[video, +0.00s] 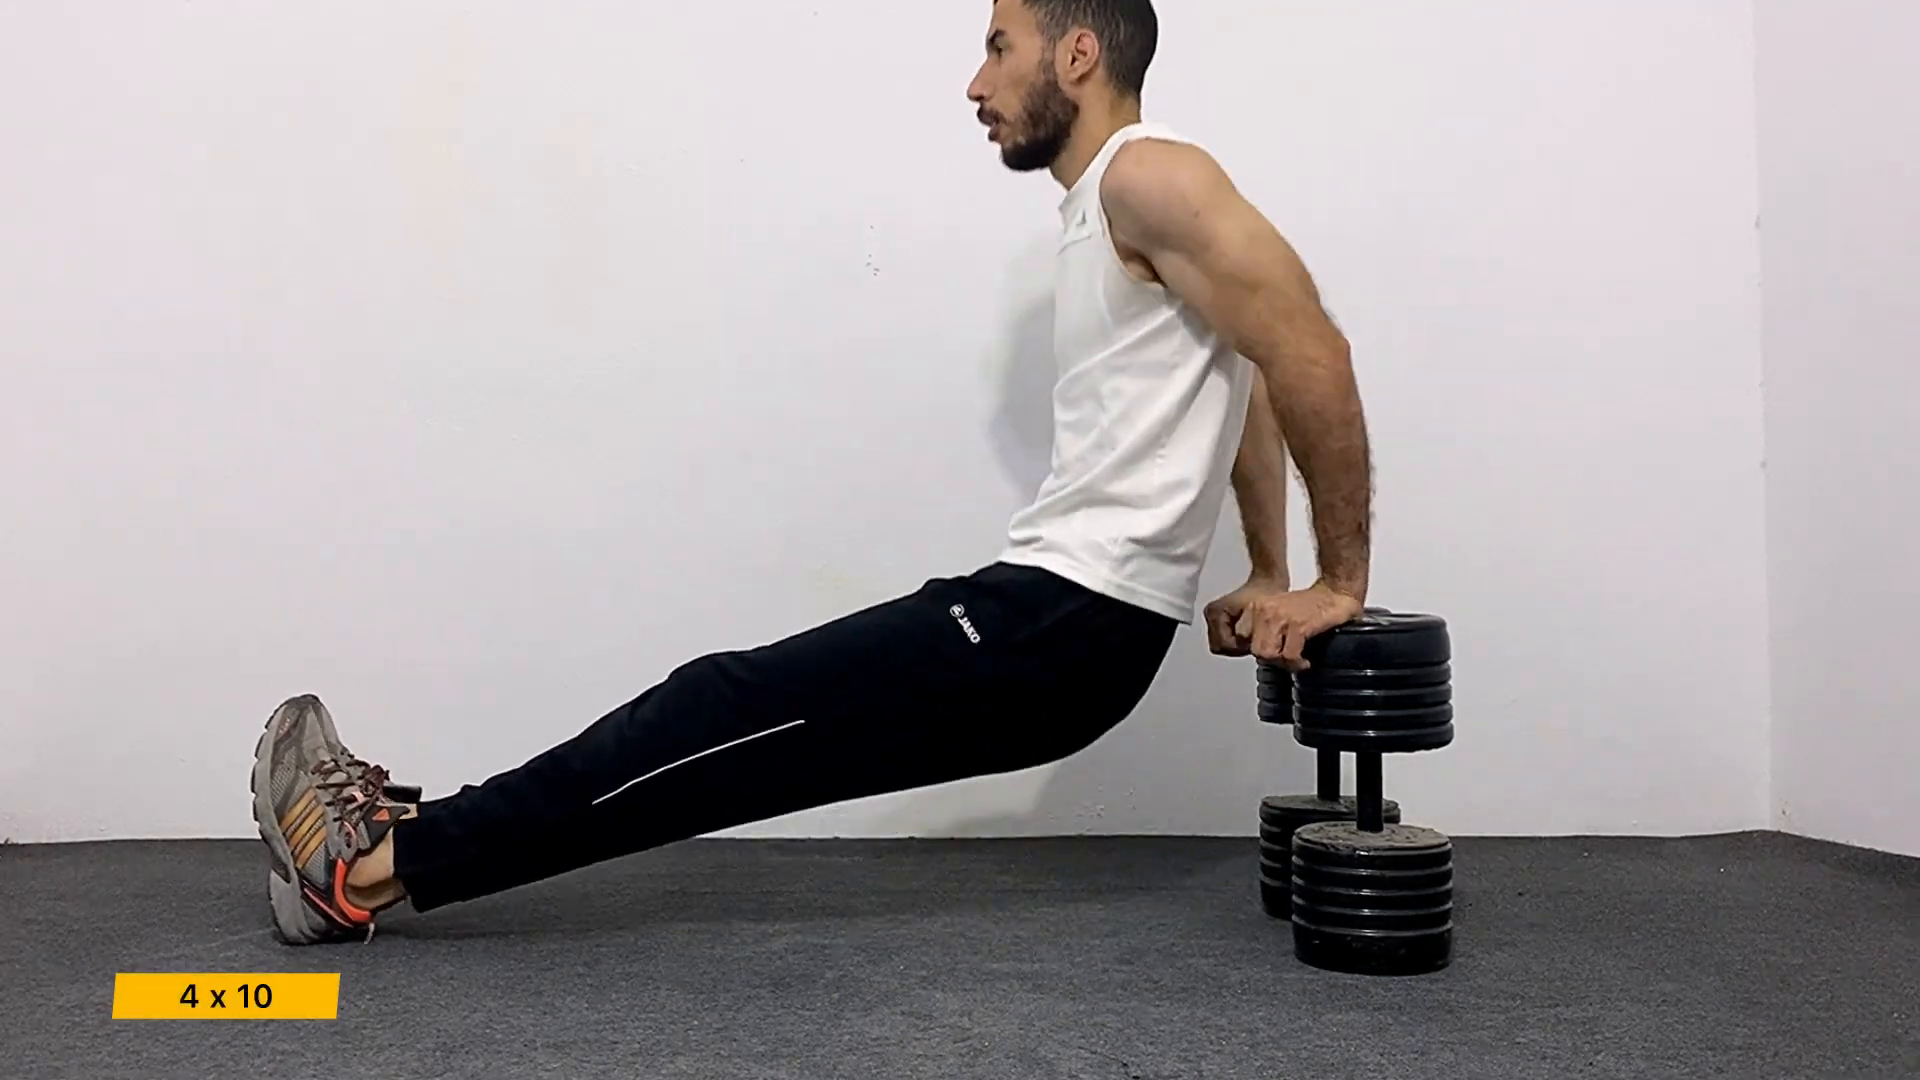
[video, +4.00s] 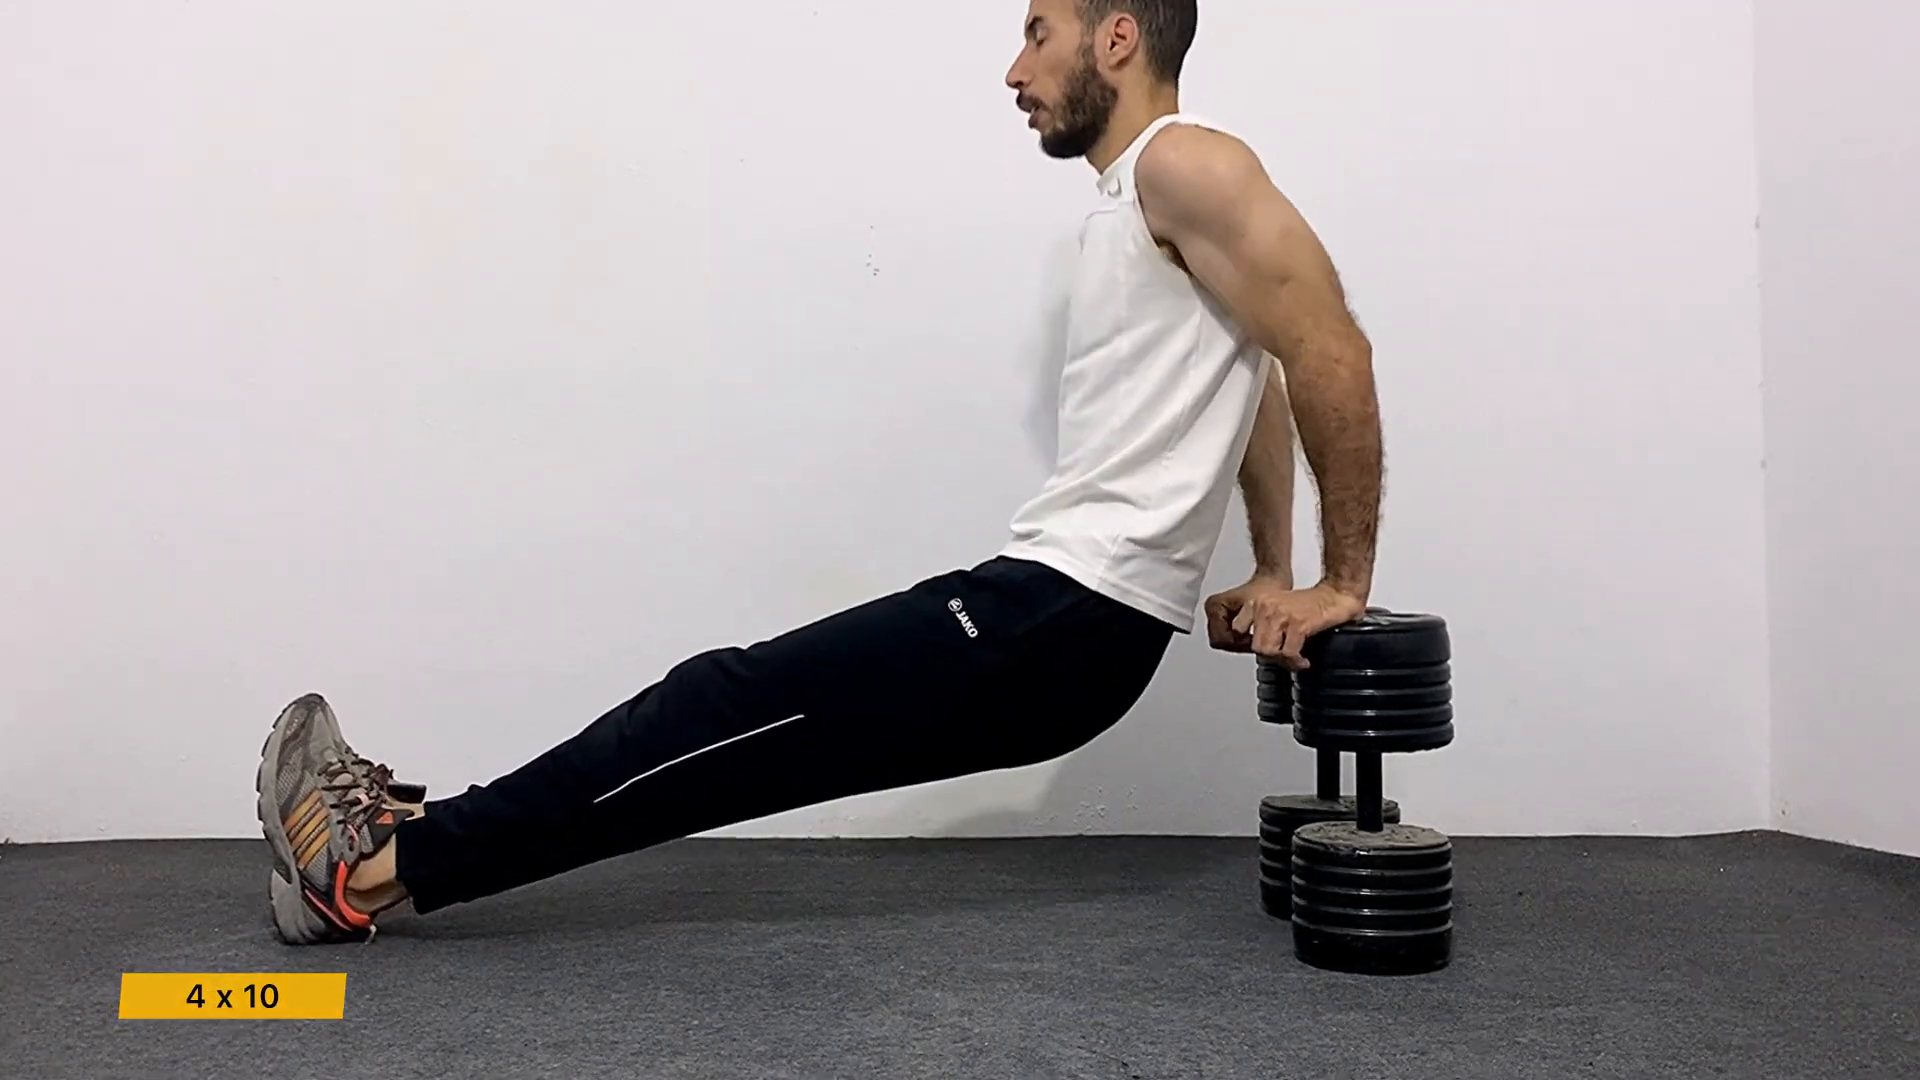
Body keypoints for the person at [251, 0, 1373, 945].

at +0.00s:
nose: (976, 81)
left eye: (998, 50)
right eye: (983, 53)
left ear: (1080, 54)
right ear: (1076, 54)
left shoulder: (1153, 177)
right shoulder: (1133, 200)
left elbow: (1312, 352)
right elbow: (1251, 387)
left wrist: (1348, 580)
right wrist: (1262, 577)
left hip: (1070, 623)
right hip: (1055, 607)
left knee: (726, 723)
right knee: (722, 703)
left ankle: (381, 873)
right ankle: (407, 841)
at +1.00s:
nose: (964, 248)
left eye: (987, 216)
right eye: (973, 219)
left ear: (1074, 227)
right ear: (1077, 228)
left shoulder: (1136, 345)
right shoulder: (1126, 345)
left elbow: (1391, 375)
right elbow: (1295, 391)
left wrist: (1355, 585)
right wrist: (1279, 575)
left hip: (1097, 776)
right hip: (1078, 760)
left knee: (741, 742)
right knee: (736, 795)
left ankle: (386, 869)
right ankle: (416, 848)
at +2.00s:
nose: (1021, 43)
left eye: (1042, 13)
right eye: (1027, 16)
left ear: (1128, 17)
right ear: (1112, 24)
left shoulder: (1189, 144)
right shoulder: (1146, 168)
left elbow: (1313, 350)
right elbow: (1244, 383)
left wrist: (1346, 579)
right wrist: (1263, 572)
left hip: (1063, 590)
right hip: (1041, 576)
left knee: (721, 714)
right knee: (715, 700)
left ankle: (379, 877)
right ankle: (412, 843)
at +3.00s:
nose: (972, 276)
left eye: (995, 244)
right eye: (980, 246)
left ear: (1078, 251)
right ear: (1083, 253)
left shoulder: (1143, 370)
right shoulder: (1138, 373)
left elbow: (1401, 381)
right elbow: (1300, 412)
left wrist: (1354, 592)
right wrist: (1279, 580)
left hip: (1095, 808)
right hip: (1092, 799)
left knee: (737, 756)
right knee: (726, 821)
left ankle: (381, 873)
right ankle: (417, 848)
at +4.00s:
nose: (1015, 66)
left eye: (1036, 36)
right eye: (1021, 39)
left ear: (1120, 40)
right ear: (1109, 46)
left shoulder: (1188, 164)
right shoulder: (1151, 189)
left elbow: (1334, 350)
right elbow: (1262, 389)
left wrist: (1351, 583)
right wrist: (1267, 578)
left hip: (1074, 617)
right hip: (1051, 599)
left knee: (722, 719)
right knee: (715, 707)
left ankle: (388, 874)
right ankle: (414, 843)